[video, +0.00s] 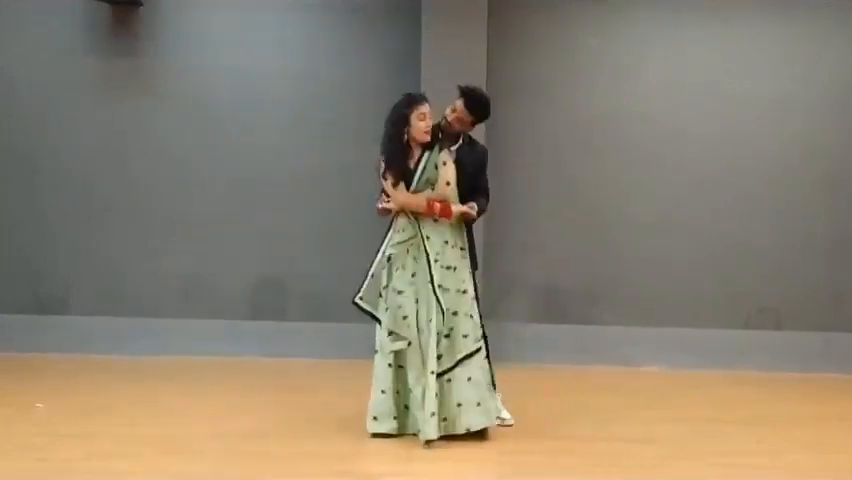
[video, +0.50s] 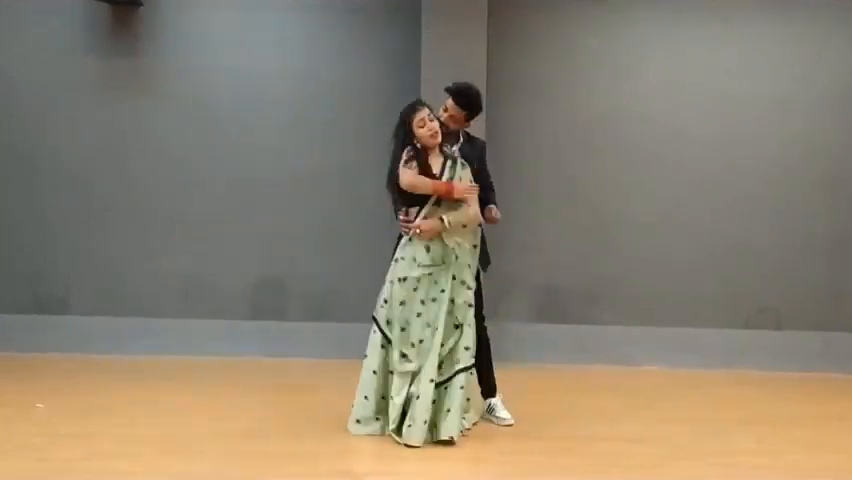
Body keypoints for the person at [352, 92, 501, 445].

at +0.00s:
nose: (429, 124)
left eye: (430, 117)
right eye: (421, 118)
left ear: (433, 123)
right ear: (403, 126)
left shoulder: (442, 159)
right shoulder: (391, 164)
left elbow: (449, 199)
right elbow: (398, 203)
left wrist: (405, 198)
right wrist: (439, 206)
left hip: (442, 257)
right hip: (406, 257)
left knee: (447, 332)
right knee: (407, 333)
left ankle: (450, 414)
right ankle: (411, 414)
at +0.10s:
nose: (422, 122)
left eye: (424, 116)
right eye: (414, 117)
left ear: (428, 123)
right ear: (397, 126)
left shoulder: (442, 157)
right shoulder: (389, 161)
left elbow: (449, 201)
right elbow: (400, 199)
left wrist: (407, 202)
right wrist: (450, 204)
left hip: (442, 256)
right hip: (405, 256)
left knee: (445, 333)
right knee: (403, 333)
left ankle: (446, 415)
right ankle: (405, 414)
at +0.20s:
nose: (423, 124)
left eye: (425, 118)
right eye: (415, 119)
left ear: (430, 123)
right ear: (400, 128)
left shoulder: (445, 157)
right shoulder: (394, 164)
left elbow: (448, 203)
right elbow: (411, 198)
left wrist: (409, 203)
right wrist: (454, 200)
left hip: (444, 258)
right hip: (407, 260)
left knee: (445, 334)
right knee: (408, 336)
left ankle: (444, 415)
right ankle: (409, 416)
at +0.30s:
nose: (427, 127)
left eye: (428, 120)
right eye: (419, 122)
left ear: (433, 125)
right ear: (403, 130)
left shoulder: (447, 159)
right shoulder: (397, 166)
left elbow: (456, 203)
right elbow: (427, 192)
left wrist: (416, 207)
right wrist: (456, 188)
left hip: (444, 260)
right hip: (407, 261)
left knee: (441, 336)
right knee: (404, 337)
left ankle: (438, 417)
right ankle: (404, 417)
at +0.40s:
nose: (432, 126)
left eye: (432, 120)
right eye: (423, 123)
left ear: (436, 124)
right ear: (408, 131)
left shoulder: (451, 160)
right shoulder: (404, 160)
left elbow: (466, 209)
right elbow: (431, 189)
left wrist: (429, 216)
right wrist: (471, 190)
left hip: (448, 262)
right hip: (413, 262)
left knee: (446, 337)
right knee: (408, 336)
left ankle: (441, 416)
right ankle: (406, 416)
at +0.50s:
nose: (430, 127)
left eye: (431, 120)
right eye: (421, 125)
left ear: (440, 122)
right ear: (412, 135)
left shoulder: (459, 166)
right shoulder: (410, 157)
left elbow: (474, 214)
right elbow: (407, 181)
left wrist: (439, 223)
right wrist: (451, 189)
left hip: (452, 266)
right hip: (415, 262)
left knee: (446, 340)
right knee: (406, 336)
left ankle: (441, 417)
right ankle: (403, 415)